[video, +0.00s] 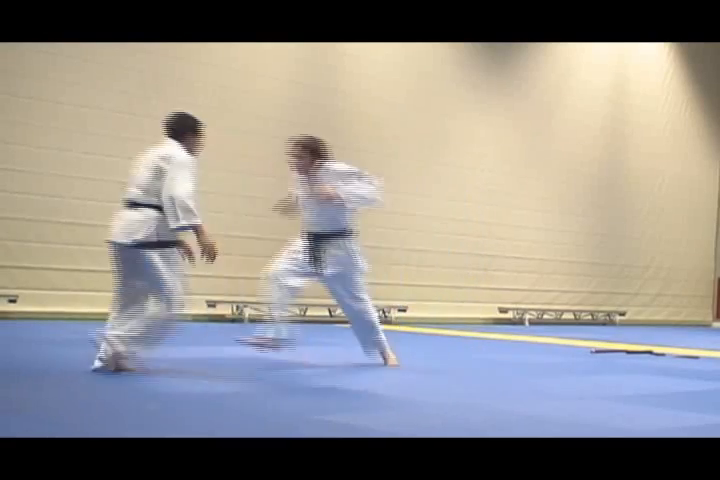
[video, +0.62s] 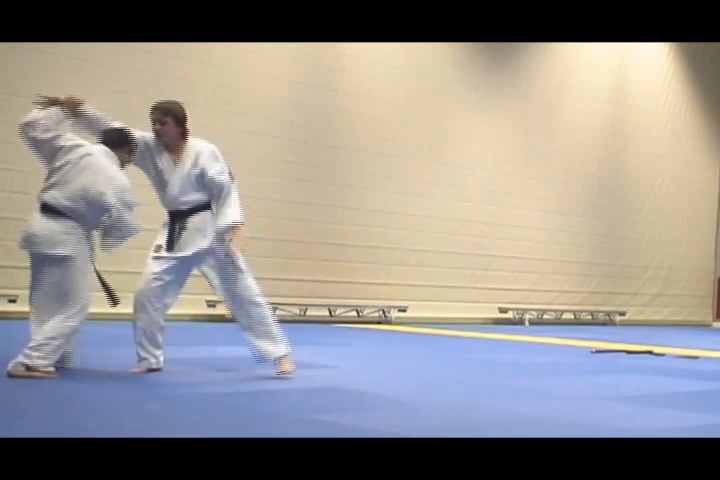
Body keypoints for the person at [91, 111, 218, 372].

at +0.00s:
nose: (201, 141)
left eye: (201, 136)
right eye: (198, 136)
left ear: (174, 134)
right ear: (186, 136)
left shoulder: (156, 152)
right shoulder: (180, 157)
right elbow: (178, 196)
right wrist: (202, 235)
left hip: (124, 233)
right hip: (147, 236)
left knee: (130, 296)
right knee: (172, 303)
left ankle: (109, 354)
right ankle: (123, 343)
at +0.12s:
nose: (175, 140)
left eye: (175, 134)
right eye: (172, 135)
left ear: (148, 132)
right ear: (161, 134)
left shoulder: (129, 153)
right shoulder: (149, 154)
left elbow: (126, 200)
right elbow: (165, 192)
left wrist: (155, 224)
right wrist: (201, 211)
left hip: (108, 229)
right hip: (119, 230)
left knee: (135, 295)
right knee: (101, 300)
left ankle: (111, 358)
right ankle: (41, 350)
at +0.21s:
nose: (159, 145)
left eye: (158, 140)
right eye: (156, 140)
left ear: (132, 139)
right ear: (146, 141)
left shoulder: (127, 161)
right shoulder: (126, 159)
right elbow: (157, 186)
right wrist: (197, 180)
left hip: (111, 238)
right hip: (98, 232)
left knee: (131, 297)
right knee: (83, 296)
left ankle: (111, 360)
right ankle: (24, 357)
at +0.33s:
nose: (143, 140)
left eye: (143, 136)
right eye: (141, 136)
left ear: (114, 129)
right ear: (133, 135)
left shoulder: (97, 143)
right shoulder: (115, 153)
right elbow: (146, 183)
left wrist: (141, 154)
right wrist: (168, 207)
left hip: (77, 227)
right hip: (78, 229)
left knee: (108, 291)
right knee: (79, 304)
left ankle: (111, 358)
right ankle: (28, 361)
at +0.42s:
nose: (140, 144)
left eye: (139, 138)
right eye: (140, 139)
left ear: (112, 130)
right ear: (134, 141)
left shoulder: (90, 140)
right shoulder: (120, 167)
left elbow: (77, 129)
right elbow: (134, 215)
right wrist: (155, 247)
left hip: (58, 220)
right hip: (68, 226)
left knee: (95, 290)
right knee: (74, 295)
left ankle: (101, 355)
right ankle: (31, 360)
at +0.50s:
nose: (140, 153)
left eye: (140, 147)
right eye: (140, 149)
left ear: (112, 138)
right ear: (135, 151)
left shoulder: (85, 143)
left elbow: (66, 123)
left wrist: (81, 99)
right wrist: (133, 261)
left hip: (40, 221)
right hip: (59, 229)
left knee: (78, 289)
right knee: (67, 295)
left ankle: (83, 351)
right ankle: (33, 361)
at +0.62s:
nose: (131, 159)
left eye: (132, 153)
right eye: (131, 153)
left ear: (104, 142)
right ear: (124, 151)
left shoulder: (73, 145)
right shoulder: (115, 179)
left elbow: (32, 127)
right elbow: (124, 224)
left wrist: (60, 108)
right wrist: (107, 234)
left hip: (40, 227)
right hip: (68, 235)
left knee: (42, 297)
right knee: (78, 305)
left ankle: (56, 356)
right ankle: (33, 362)